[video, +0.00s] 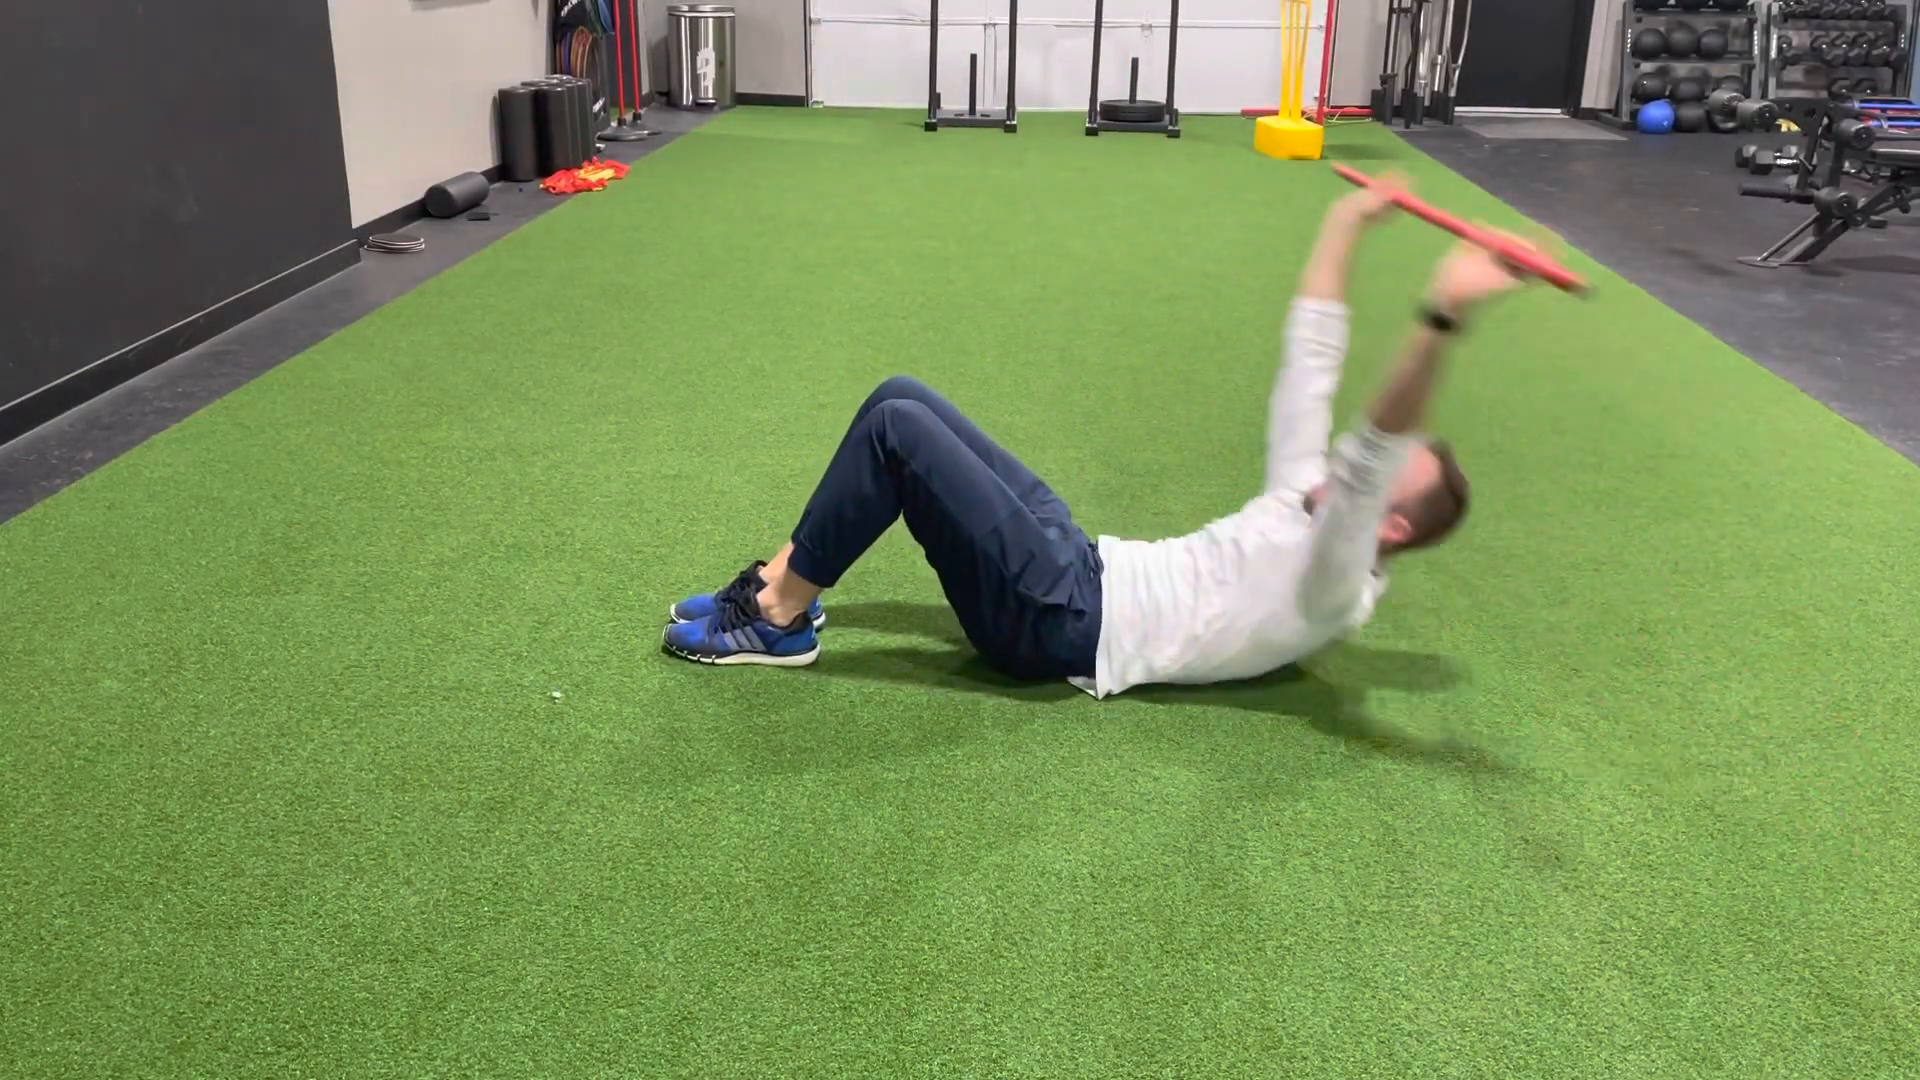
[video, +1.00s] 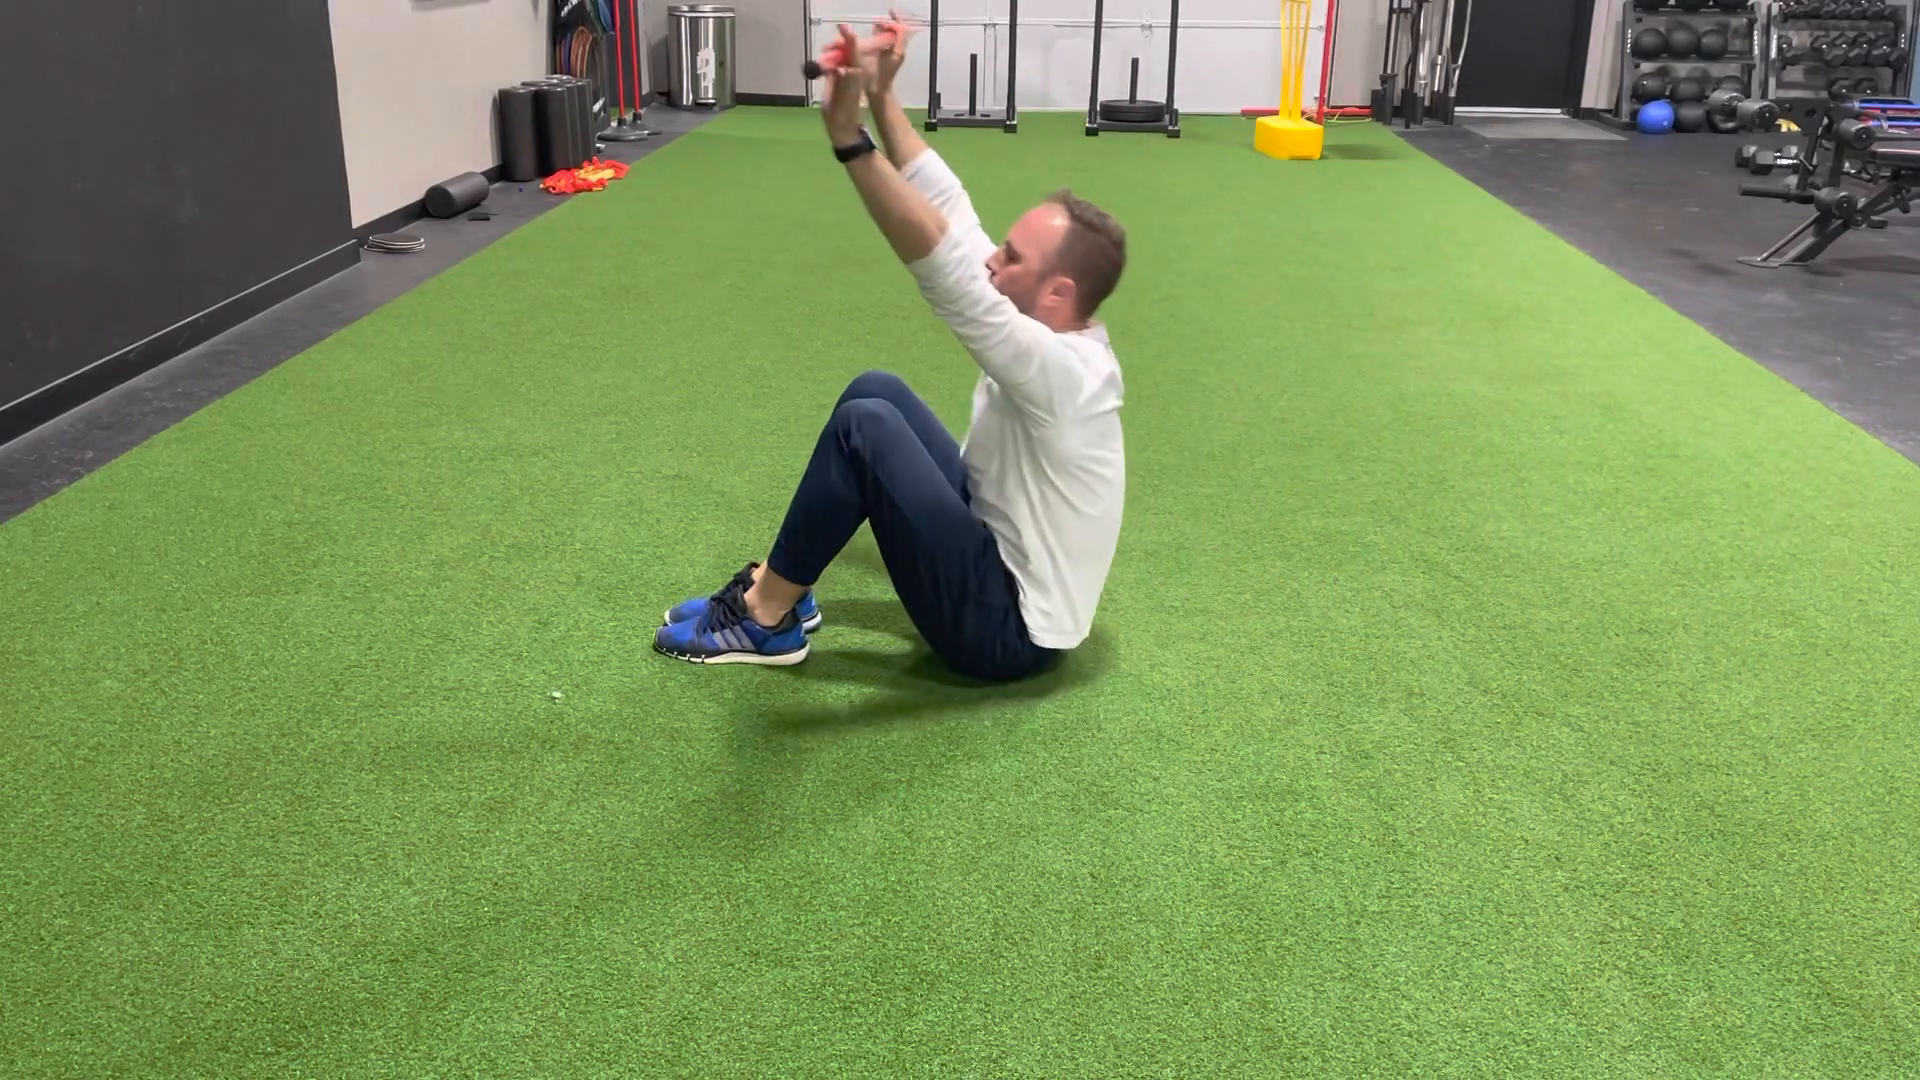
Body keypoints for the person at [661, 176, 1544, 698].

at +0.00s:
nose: (1378, 447)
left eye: (1399, 464)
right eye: (1387, 448)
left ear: (1405, 528)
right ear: (1361, 468)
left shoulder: (1335, 584)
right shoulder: (1297, 506)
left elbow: (1376, 436)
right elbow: (1311, 371)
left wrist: (1440, 316)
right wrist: (1342, 222)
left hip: (1071, 614)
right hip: (1081, 565)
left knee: (899, 422)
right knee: (901, 403)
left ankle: (779, 611)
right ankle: (781, 584)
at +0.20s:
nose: (1224, 391)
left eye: (1242, 387)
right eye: (1230, 375)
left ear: (1288, 427)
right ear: (1282, 420)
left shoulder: (1268, 503)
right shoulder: (1247, 464)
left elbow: (1188, 385)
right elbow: (1184, 366)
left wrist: (1129, 245)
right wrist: (1126, 214)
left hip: (1059, 619)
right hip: (1064, 565)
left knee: (897, 423)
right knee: (899, 403)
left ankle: (781, 613)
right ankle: (783, 585)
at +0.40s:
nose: (1118, 329)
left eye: (1133, 322)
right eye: (1125, 313)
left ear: (1186, 355)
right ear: (1183, 351)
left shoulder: (1182, 431)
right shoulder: (1175, 390)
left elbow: (1074, 328)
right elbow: (1076, 276)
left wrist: (992, 200)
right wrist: (1004, 164)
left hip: (1051, 618)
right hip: (1051, 557)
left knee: (890, 429)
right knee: (894, 400)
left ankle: (778, 613)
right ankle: (782, 583)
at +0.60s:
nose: (1028, 281)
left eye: (1048, 277)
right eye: (1040, 264)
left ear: (1094, 316)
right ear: (1092, 314)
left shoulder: (1099, 383)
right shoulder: (1088, 347)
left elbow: (996, 289)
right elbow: (993, 229)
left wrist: (903, 147)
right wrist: (924, 117)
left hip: (1025, 620)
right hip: (1028, 558)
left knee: (877, 421)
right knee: (882, 395)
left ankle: (770, 612)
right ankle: (780, 583)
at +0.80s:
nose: (975, 255)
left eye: (994, 250)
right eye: (987, 241)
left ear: (1039, 287)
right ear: (1039, 285)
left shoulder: (1038, 360)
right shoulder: (1030, 329)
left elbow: (932, 260)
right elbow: (937, 205)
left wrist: (842, 124)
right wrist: (869, 91)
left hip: (1004, 619)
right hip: (1008, 553)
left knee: (866, 431)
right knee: (874, 395)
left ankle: (765, 616)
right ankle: (778, 587)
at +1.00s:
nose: (993, 265)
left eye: (1012, 258)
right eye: (1004, 249)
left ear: (1057, 294)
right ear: (1056, 294)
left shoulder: (1057, 372)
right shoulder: (1052, 340)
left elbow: (944, 266)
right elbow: (952, 213)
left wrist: (849, 137)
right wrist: (883, 99)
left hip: (1007, 622)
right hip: (1012, 559)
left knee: (865, 425)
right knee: (876, 393)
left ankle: (766, 616)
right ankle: (780, 590)